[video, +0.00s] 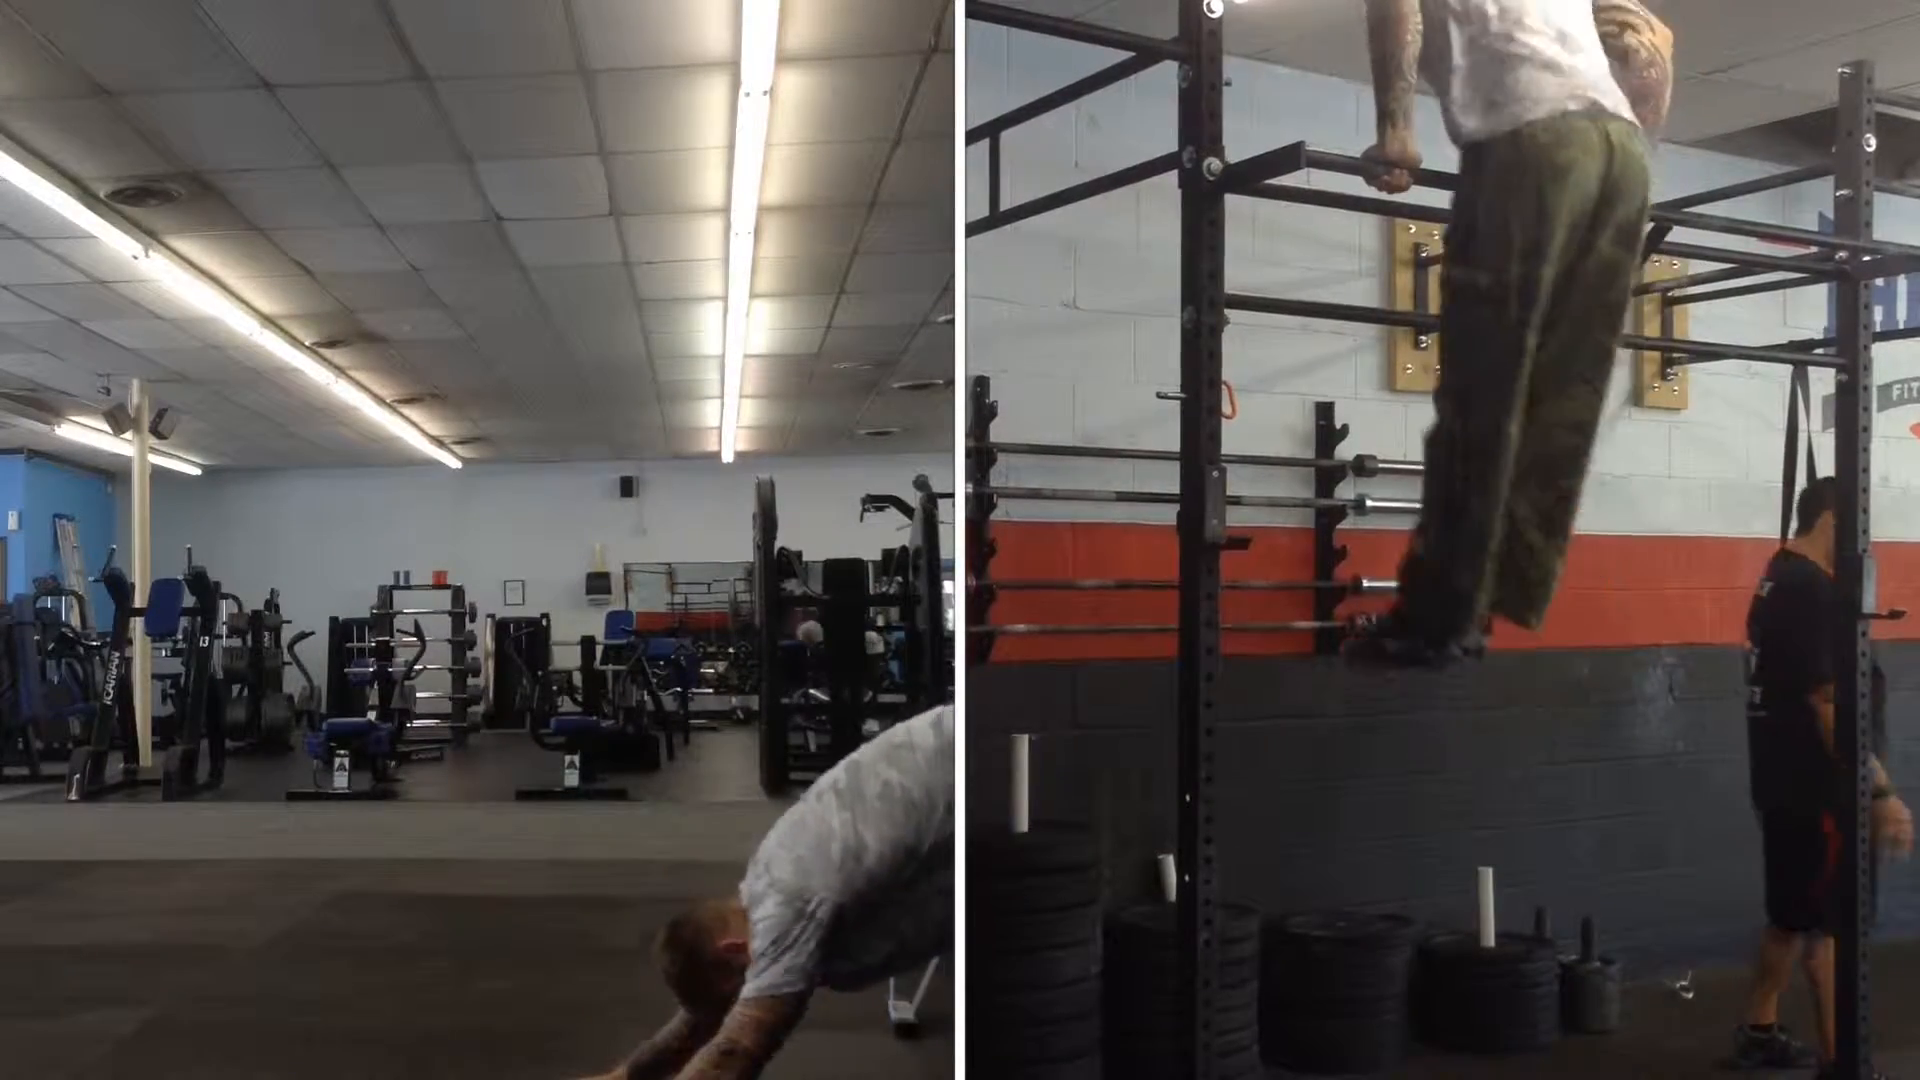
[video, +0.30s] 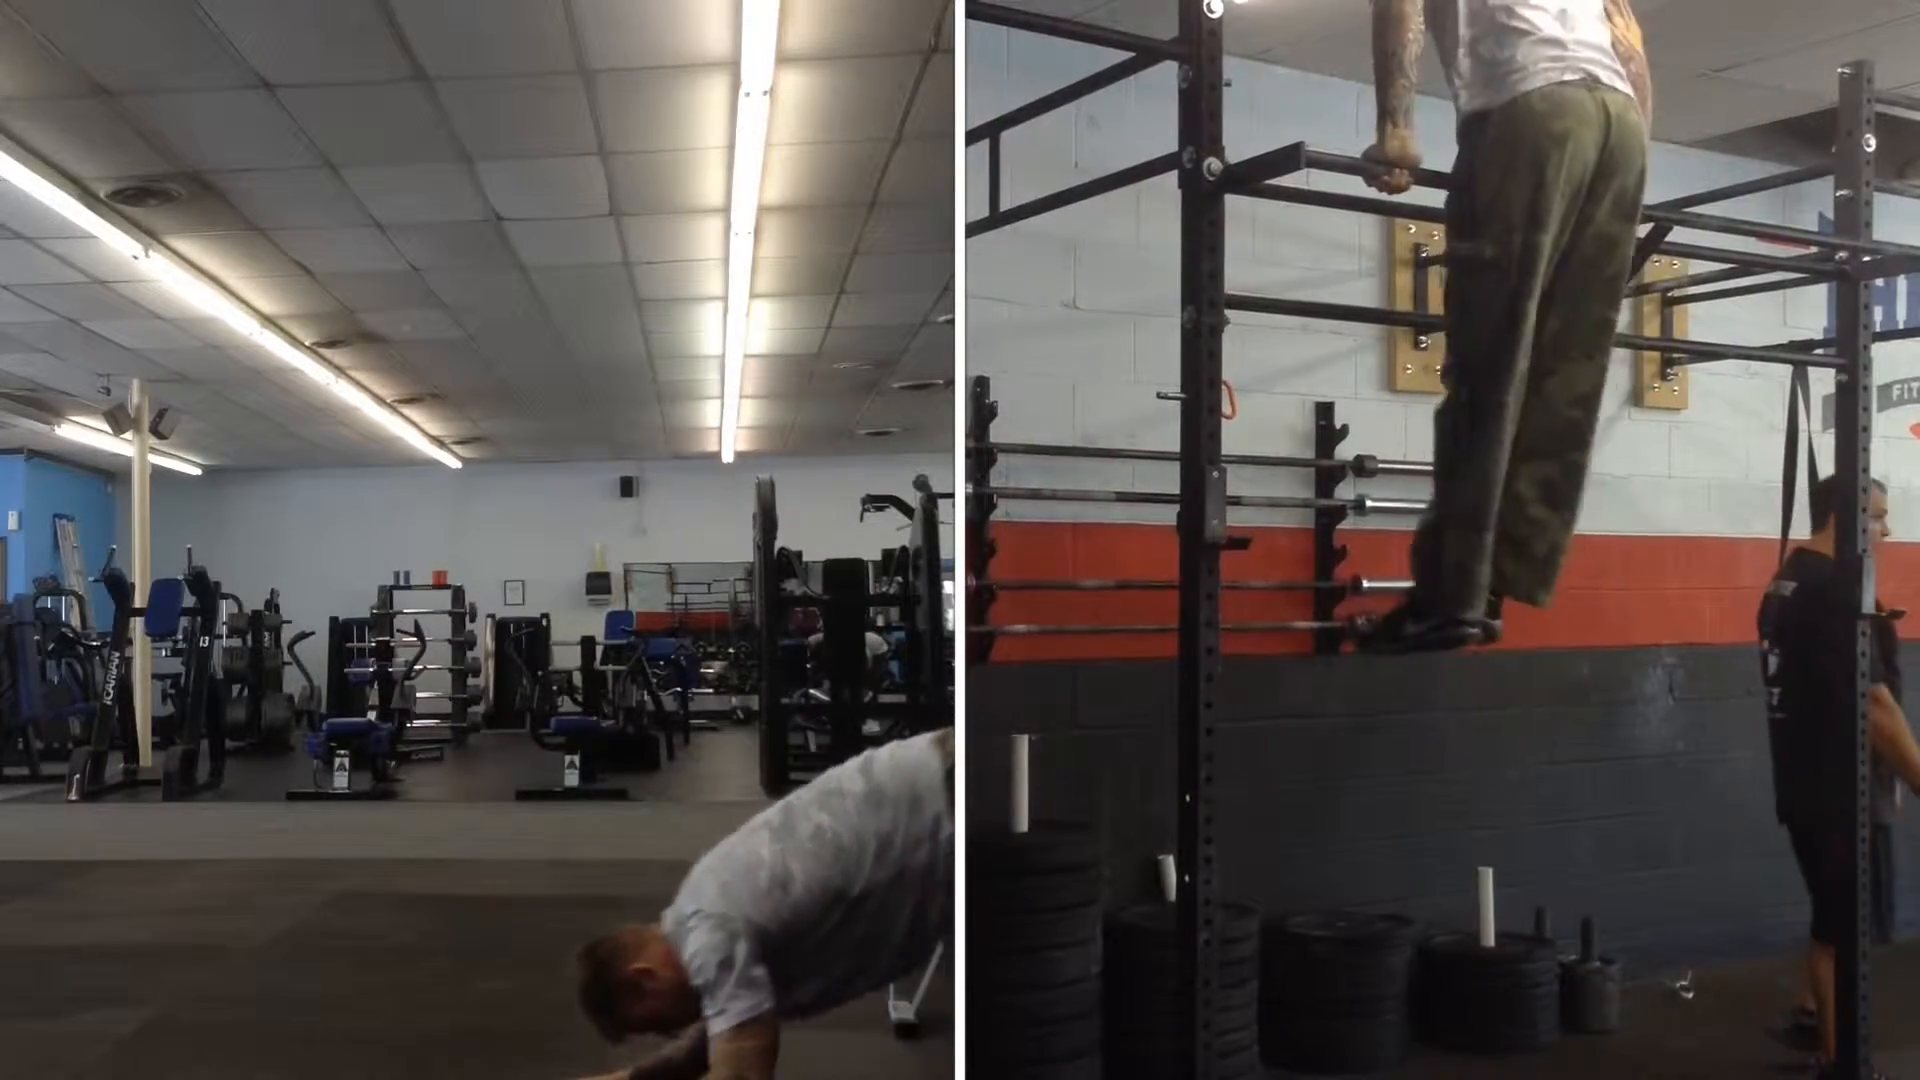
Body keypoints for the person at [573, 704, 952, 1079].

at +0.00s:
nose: (743, 1012)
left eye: (733, 1004)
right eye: (731, 1009)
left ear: (736, 955)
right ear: (735, 948)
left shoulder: (790, 900)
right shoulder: (764, 893)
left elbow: (737, 1054)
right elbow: (705, 1019)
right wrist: (625, 1071)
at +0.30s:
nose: (662, 1031)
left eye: (647, 1024)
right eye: (647, 1031)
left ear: (645, 977)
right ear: (646, 964)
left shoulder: (712, 930)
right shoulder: (700, 912)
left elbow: (743, 1071)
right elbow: (717, 1037)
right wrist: (636, 1073)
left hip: (956, 782)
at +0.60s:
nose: (534, 1056)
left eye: (516, 1042)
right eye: (516, 1050)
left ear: (523, 997)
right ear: (529, 986)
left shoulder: (593, 955)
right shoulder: (594, 958)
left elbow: (706, 1051)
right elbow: (695, 1047)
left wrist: (653, 1071)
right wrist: (648, 1063)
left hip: (870, 848)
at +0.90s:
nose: (425, 1071)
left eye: (411, 1052)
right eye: (409, 1061)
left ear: (435, 1015)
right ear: (441, 1004)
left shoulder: (505, 1000)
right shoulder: (509, 988)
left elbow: (641, 1003)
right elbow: (637, 998)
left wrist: (625, 1069)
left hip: (790, 943)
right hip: (788, 944)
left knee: (962, 1027)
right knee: (956, 1022)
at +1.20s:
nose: (364, 1001)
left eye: (364, 979)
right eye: (359, 982)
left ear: (401, 962)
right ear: (416, 949)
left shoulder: (476, 992)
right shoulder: (509, 942)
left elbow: (618, 997)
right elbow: (650, 943)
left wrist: (615, 1073)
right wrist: (589, 1031)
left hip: (750, 1034)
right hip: (756, 994)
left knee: (930, 1066)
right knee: (936, 1017)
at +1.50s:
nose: (401, 830)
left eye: (408, 812)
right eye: (402, 813)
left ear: (451, 820)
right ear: (465, 815)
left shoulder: (502, 890)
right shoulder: (537, 850)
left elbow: (617, 1002)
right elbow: (629, 966)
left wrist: (615, 1076)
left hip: (747, 1039)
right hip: (751, 991)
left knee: (933, 1070)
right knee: (917, 1021)